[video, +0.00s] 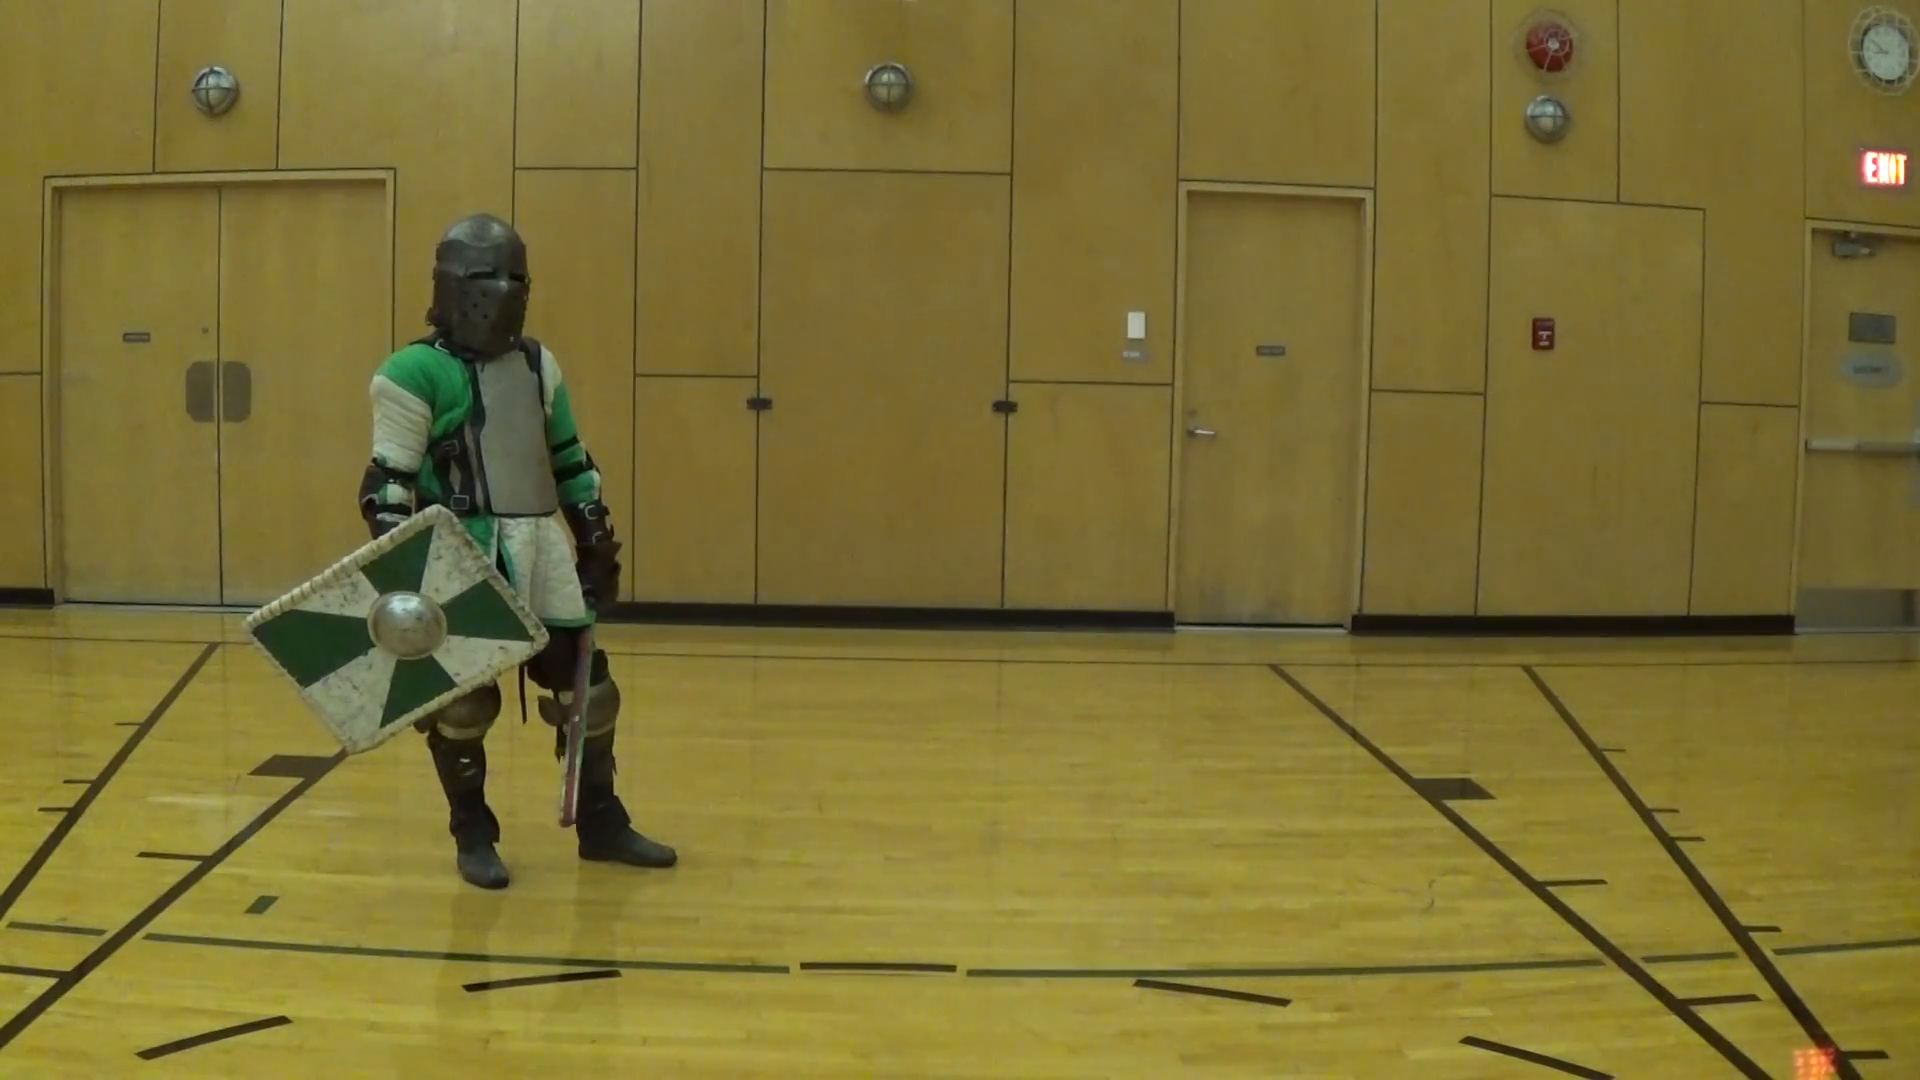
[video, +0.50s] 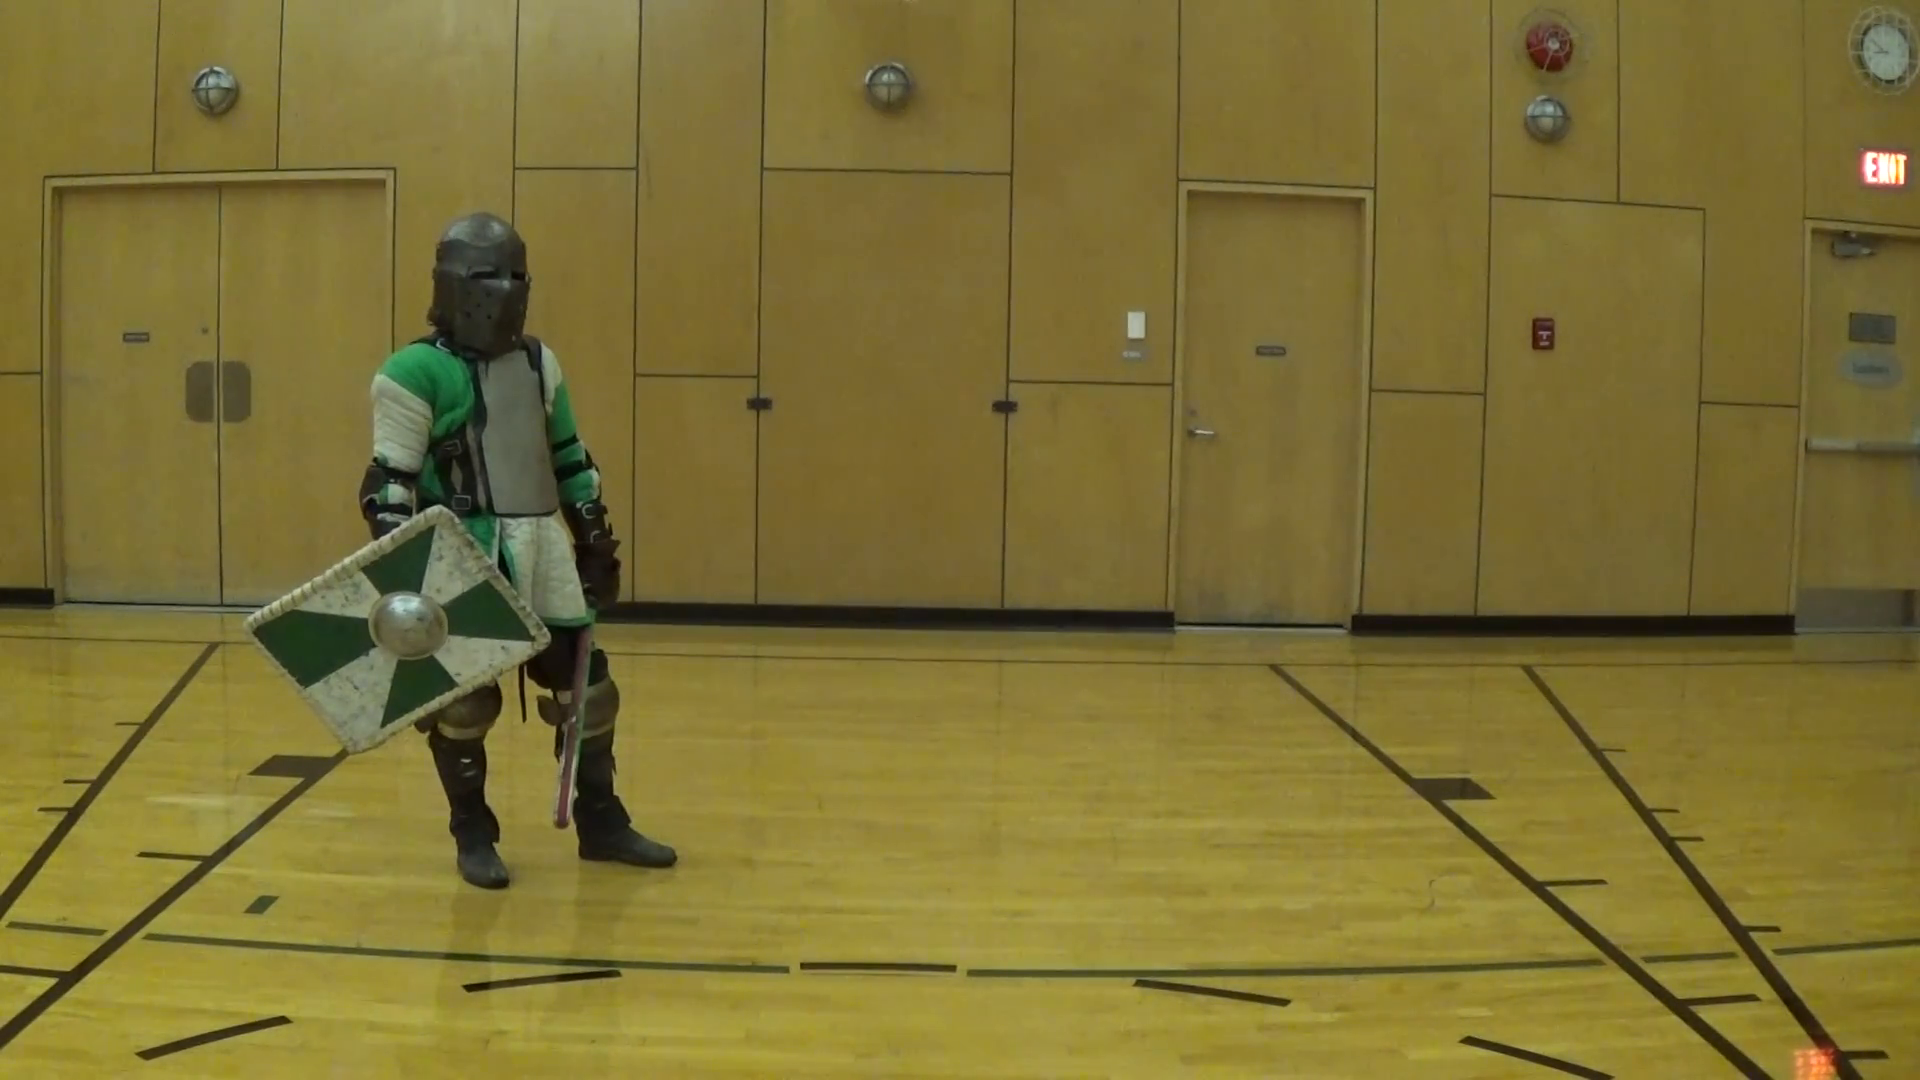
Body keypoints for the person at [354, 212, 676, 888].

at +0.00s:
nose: (493, 293)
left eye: (506, 279)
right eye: (477, 278)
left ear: (523, 288)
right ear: (445, 285)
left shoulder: (539, 366)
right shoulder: (413, 374)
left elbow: (571, 464)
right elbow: (388, 489)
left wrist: (597, 540)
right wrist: (412, 577)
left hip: (544, 544)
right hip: (457, 555)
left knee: (585, 682)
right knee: (464, 698)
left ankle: (601, 822)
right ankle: (473, 834)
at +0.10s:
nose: (488, 292)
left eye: (502, 277)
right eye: (472, 277)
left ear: (522, 287)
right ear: (442, 284)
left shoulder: (539, 366)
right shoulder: (413, 374)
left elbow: (570, 463)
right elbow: (388, 489)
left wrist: (596, 536)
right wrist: (408, 579)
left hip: (544, 545)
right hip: (457, 555)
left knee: (584, 683)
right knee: (464, 699)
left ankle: (602, 821)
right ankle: (473, 834)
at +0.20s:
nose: (490, 293)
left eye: (503, 278)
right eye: (474, 278)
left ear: (522, 287)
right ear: (443, 284)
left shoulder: (540, 366)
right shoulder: (414, 374)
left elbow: (570, 464)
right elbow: (388, 490)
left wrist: (596, 538)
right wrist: (408, 580)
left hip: (543, 546)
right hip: (457, 556)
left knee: (586, 684)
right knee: (464, 699)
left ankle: (601, 821)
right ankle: (473, 834)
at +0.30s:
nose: (497, 292)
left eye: (509, 278)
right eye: (481, 277)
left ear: (523, 286)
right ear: (446, 284)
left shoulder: (540, 366)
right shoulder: (414, 374)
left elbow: (570, 463)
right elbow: (389, 490)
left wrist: (597, 540)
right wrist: (410, 580)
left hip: (543, 546)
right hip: (457, 556)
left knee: (586, 682)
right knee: (465, 698)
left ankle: (600, 822)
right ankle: (473, 835)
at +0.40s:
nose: (500, 292)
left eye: (510, 278)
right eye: (483, 278)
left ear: (524, 286)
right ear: (447, 283)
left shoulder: (540, 366)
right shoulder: (414, 374)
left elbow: (570, 463)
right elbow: (389, 490)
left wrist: (597, 541)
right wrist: (411, 580)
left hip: (544, 546)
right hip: (457, 557)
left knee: (586, 682)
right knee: (464, 698)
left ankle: (601, 822)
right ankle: (473, 835)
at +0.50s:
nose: (506, 291)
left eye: (514, 277)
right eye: (488, 277)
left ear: (524, 284)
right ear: (449, 283)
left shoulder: (539, 364)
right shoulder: (414, 374)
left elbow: (570, 463)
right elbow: (390, 490)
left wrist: (597, 542)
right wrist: (411, 581)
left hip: (544, 545)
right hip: (458, 556)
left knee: (586, 681)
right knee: (465, 697)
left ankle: (601, 822)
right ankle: (473, 835)